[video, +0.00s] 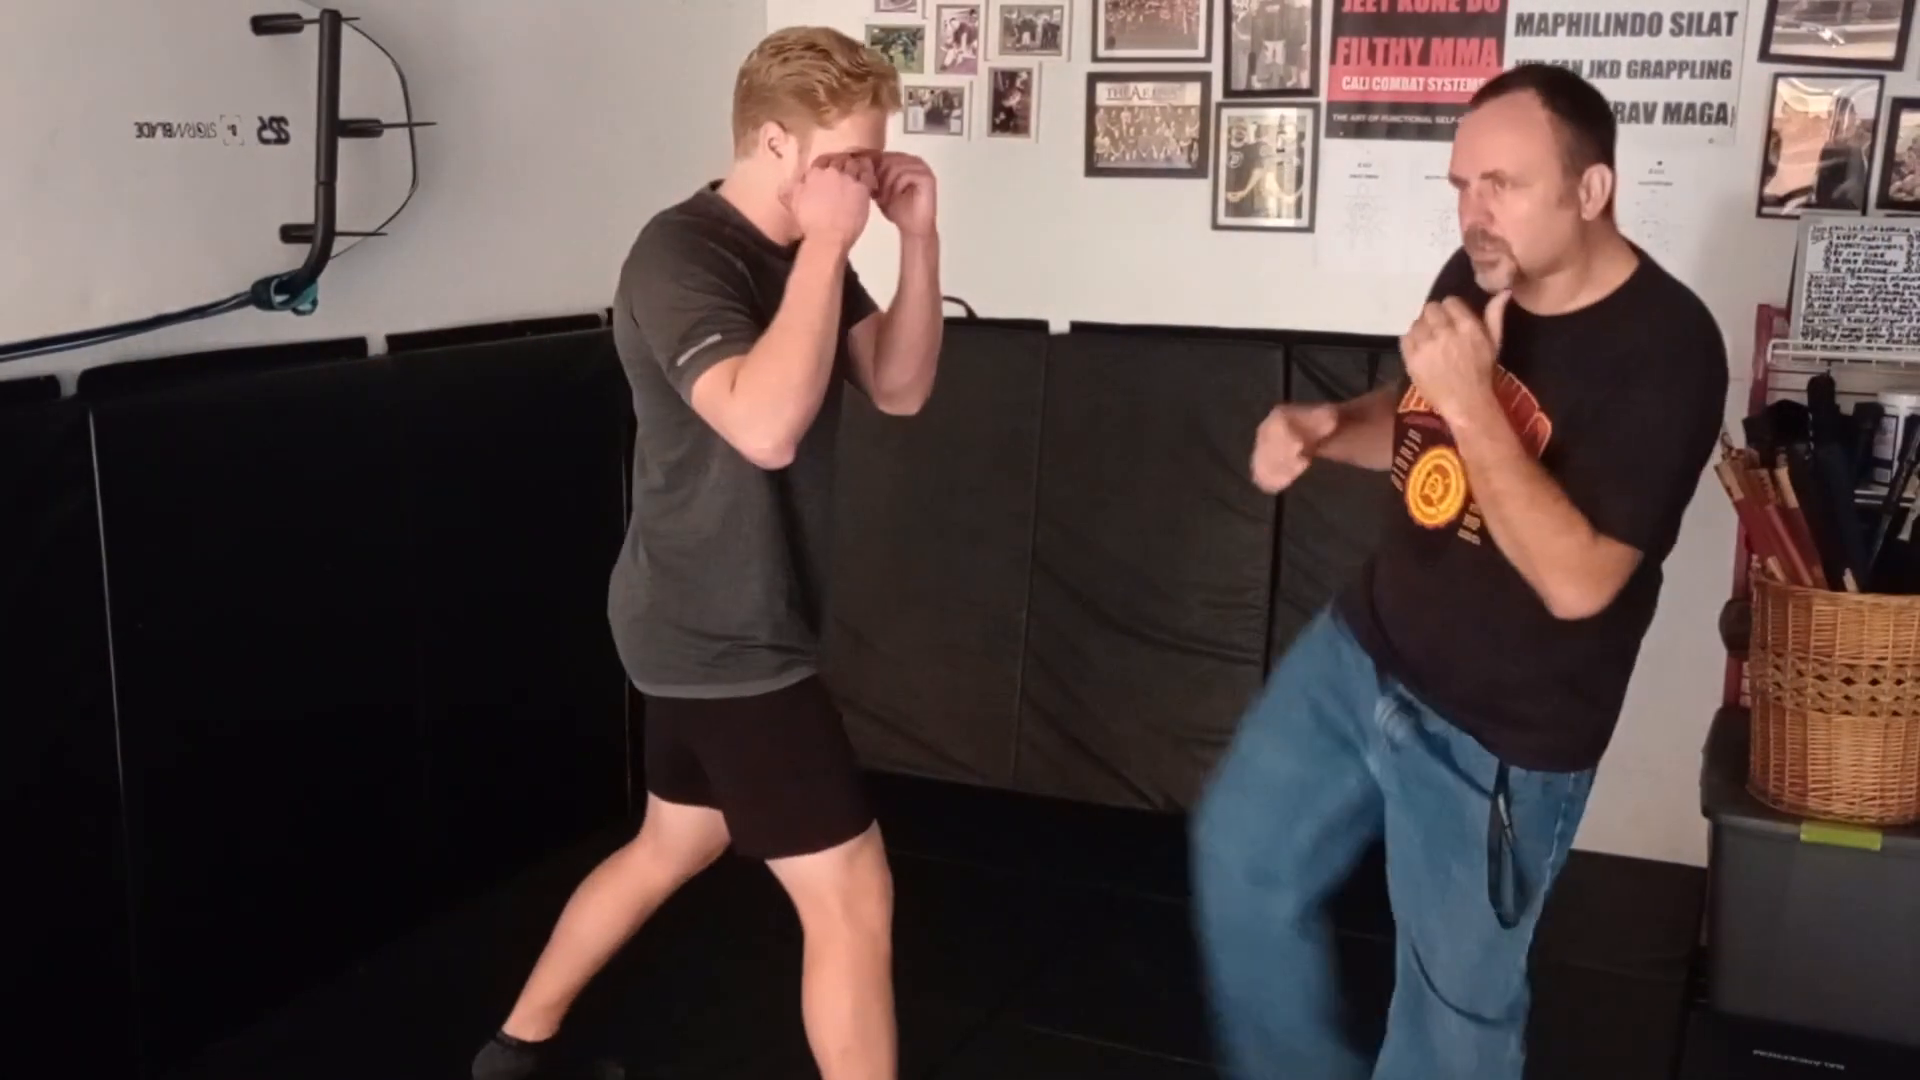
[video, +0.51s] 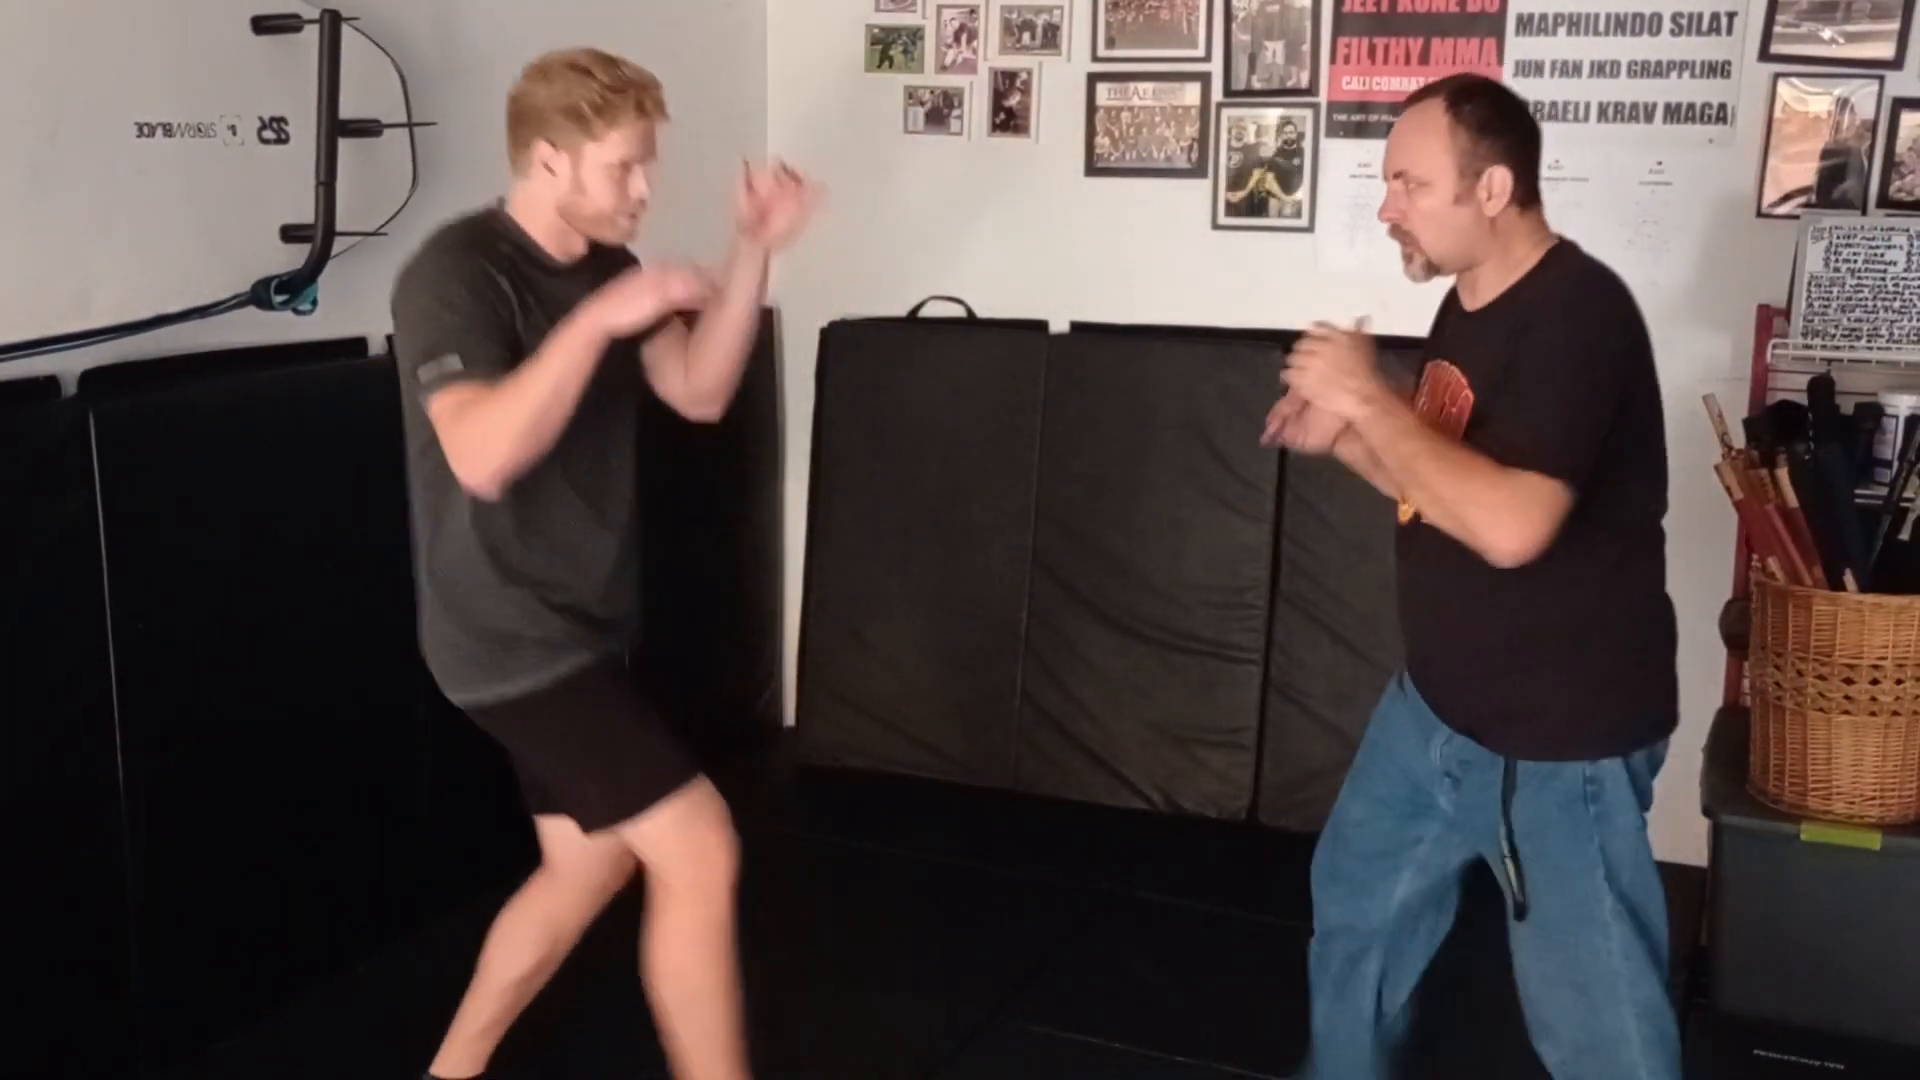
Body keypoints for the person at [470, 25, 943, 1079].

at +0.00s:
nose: (867, 186)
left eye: (872, 164)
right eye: (852, 162)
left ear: (785, 150)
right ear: (781, 150)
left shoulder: (790, 256)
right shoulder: (675, 261)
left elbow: (899, 387)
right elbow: (762, 424)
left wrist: (919, 236)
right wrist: (827, 247)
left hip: (710, 628)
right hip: (723, 642)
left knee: (671, 845)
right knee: (849, 903)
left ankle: (519, 1043)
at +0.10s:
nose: (852, 189)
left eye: (857, 165)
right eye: (834, 164)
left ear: (772, 152)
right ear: (761, 153)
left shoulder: (771, 255)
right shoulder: (658, 266)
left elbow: (883, 385)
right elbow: (755, 432)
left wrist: (911, 233)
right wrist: (816, 250)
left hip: (704, 627)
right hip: (707, 644)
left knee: (674, 845)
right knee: (838, 905)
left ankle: (501, 1031)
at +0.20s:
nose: (815, 195)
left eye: (816, 172)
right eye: (798, 172)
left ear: (739, 159)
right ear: (725, 160)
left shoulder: (735, 263)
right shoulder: (622, 277)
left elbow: (838, 400)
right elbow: (714, 451)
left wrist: (877, 252)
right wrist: (784, 267)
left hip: (712, 635)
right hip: (674, 650)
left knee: (681, 854)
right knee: (822, 900)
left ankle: (484, 1024)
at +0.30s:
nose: (739, 201)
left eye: (741, 175)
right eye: (722, 176)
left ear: (664, 170)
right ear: (642, 169)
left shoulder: (683, 276)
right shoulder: (545, 296)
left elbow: (745, 427)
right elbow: (595, 489)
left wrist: (806, 318)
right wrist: (704, 326)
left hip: (688, 642)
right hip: (623, 662)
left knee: (641, 876)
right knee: (773, 908)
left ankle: (461, 1055)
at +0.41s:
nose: (686, 208)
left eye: (688, 182)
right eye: (669, 185)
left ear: (616, 183)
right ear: (593, 181)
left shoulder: (634, 289)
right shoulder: (488, 303)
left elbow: (710, 429)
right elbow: (516, 494)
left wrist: (781, 309)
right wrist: (638, 360)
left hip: (630, 649)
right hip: (562, 671)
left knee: (614, 884)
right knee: (738, 893)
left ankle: (454, 1068)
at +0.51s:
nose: (644, 189)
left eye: (648, 163)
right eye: (626, 165)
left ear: (588, 164)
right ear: (549, 160)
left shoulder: (606, 266)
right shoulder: (450, 275)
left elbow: (699, 391)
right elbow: (482, 457)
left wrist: (752, 250)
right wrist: (601, 317)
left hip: (592, 621)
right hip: (505, 640)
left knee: (583, 868)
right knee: (696, 847)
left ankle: (451, 1069)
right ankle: (714, 1076)